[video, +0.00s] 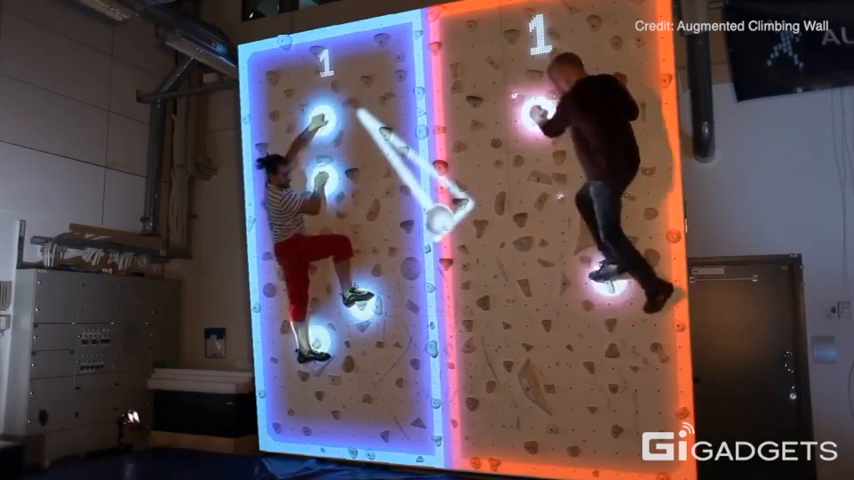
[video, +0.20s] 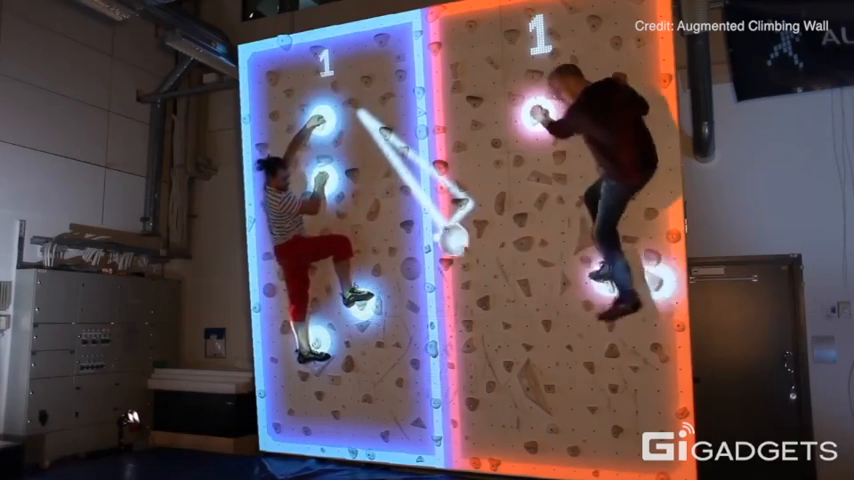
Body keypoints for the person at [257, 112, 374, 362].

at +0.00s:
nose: (289, 176)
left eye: (288, 172)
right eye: (285, 174)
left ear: (278, 173)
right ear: (274, 176)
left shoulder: (273, 186)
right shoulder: (282, 198)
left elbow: (294, 151)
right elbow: (315, 207)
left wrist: (312, 128)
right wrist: (320, 187)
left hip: (286, 248)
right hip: (295, 246)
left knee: (298, 298)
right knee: (339, 243)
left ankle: (304, 350)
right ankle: (349, 293)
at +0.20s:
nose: (287, 179)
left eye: (287, 175)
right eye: (283, 177)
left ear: (280, 176)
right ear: (273, 179)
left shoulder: (271, 190)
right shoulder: (281, 200)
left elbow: (290, 154)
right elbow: (314, 208)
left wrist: (308, 128)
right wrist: (320, 187)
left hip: (286, 250)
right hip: (296, 247)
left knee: (298, 299)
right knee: (339, 243)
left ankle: (304, 350)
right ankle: (348, 293)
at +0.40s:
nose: (285, 182)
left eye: (285, 178)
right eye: (280, 180)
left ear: (277, 178)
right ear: (270, 181)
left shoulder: (269, 191)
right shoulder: (279, 202)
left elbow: (288, 156)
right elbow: (312, 207)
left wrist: (308, 129)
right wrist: (320, 186)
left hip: (285, 251)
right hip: (295, 248)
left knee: (299, 299)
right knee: (339, 244)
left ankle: (304, 351)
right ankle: (348, 293)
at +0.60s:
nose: (283, 185)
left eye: (283, 181)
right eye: (278, 183)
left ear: (279, 179)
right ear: (268, 184)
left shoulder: (269, 192)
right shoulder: (278, 203)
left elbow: (289, 156)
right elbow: (311, 207)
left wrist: (309, 129)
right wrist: (320, 185)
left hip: (286, 251)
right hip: (291, 251)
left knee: (302, 300)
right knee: (337, 244)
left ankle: (305, 352)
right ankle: (348, 293)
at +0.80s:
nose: (283, 187)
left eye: (283, 182)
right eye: (278, 184)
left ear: (279, 180)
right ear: (268, 186)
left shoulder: (268, 194)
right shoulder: (278, 204)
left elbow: (290, 157)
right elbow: (311, 207)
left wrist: (309, 130)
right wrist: (320, 186)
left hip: (283, 254)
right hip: (291, 251)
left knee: (305, 300)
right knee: (335, 245)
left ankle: (305, 352)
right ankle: (348, 293)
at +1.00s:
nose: (284, 189)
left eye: (284, 184)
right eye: (280, 186)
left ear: (282, 181)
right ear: (269, 187)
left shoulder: (269, 195)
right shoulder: (278, 205)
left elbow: (291, 158)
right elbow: (310, 206)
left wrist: (309, 130)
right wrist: (320, 186)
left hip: (282, 254)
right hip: (288, 252)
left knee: (306, 301)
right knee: (332, 250)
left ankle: (305, 352)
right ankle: (344, 297)